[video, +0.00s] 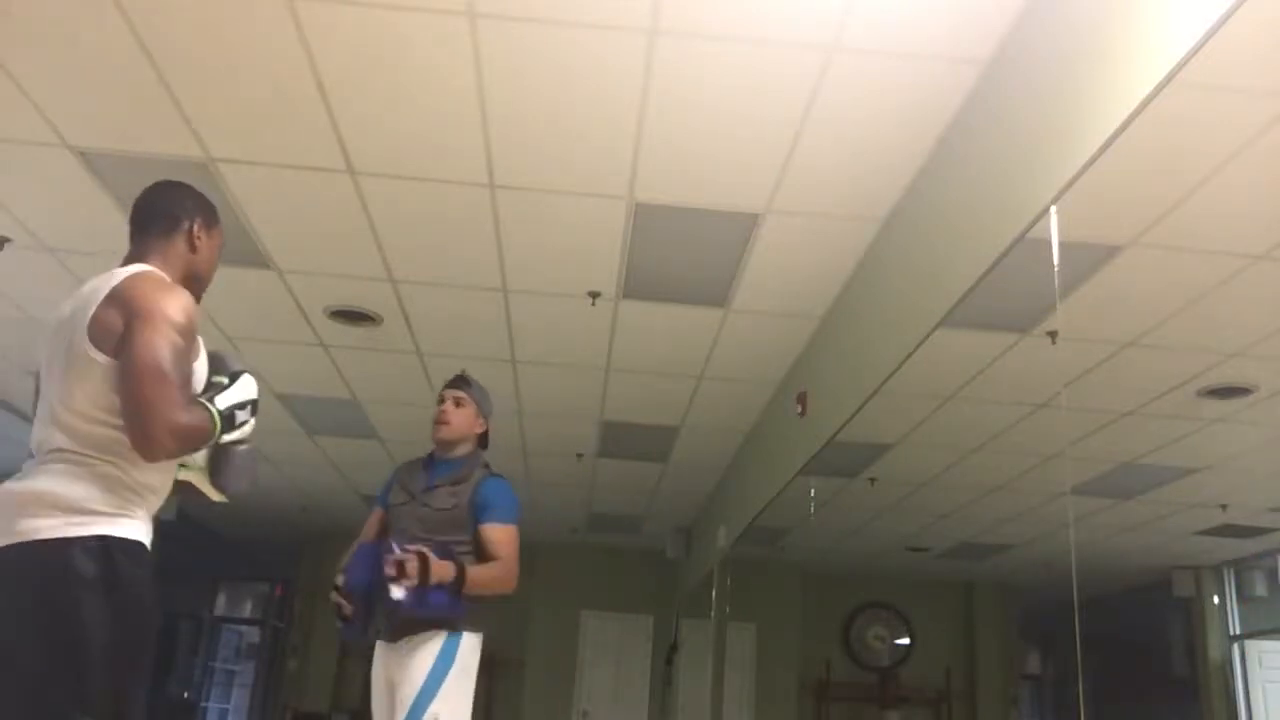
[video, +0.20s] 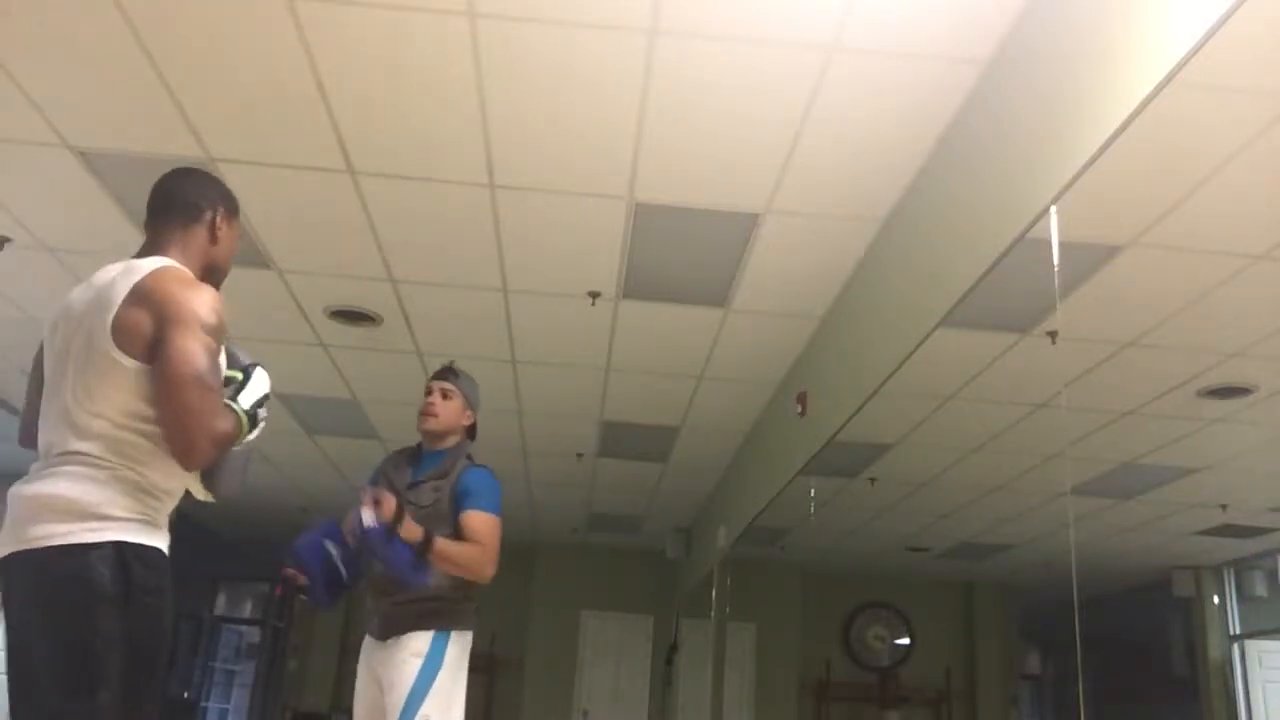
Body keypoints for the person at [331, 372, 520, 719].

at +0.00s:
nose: (443, 408)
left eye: (457, 403)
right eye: (441, 401)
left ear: (480, 424)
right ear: (432, 413)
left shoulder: (489, 488)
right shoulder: (404, 476)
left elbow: (506, 575)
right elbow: (366, 542)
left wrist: (442, 572)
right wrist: (347, 581)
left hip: (445, 640)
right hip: (390, 637)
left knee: (427, 712)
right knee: (387, 712)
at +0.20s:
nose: (430, 400)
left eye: (445, 395)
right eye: (428, 393)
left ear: (468, 417)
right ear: (420, 406)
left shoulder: (474, 478)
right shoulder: (395, 465)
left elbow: (484, 564)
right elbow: (355, 529)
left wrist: (406, 528)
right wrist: (316, 567)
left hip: (433, 636)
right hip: (381, 632)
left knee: (417, 712)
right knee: (367, 712)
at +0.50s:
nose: (407, 399)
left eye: (422, 394)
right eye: (405, 393)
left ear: (444, 417)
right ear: (397, 407)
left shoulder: (449, 472)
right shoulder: (376, 468)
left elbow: (434, 556)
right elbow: (346, 528)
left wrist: (364, 525)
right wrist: (311, 547)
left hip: (414, 638)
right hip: (361, 634)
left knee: (400, 712)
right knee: (347, 711)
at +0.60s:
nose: (398, 407)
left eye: (413, 402)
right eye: (396, 400)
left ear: (436, 422)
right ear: (388, 411)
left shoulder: (441, 476)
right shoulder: (366, 474)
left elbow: (433, 558)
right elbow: (347, 542)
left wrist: (362, 527)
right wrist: (298, 551)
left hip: (402, 639)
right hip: (350, 634)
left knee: (387, 712)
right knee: (336, 711)